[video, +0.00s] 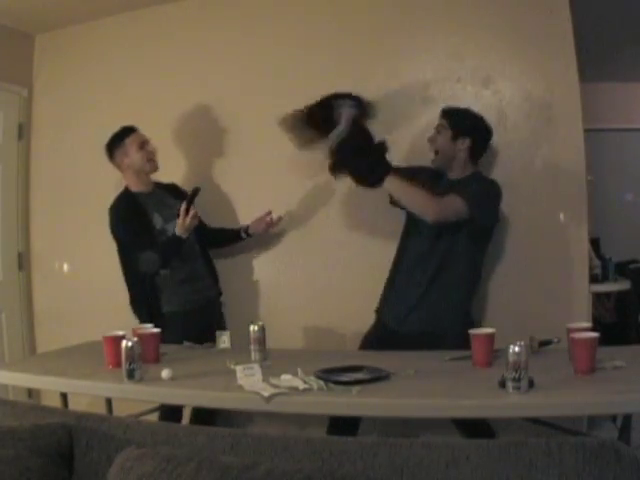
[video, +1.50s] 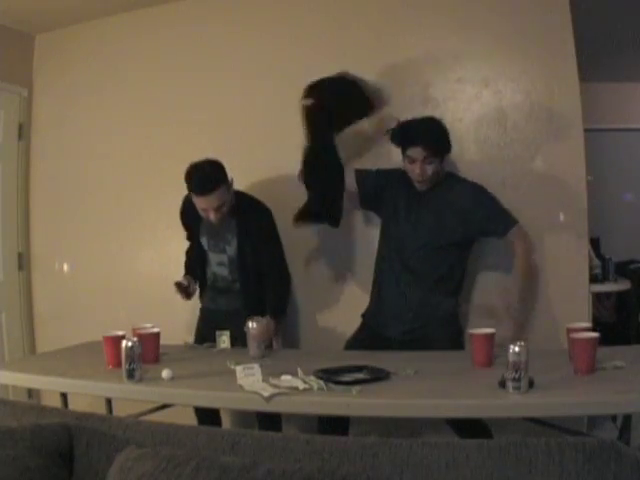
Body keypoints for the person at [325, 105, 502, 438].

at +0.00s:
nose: (431, 139)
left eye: (439, 133)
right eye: (434, 131)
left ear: (463, 145)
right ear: (458, 144)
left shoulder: (484, 191)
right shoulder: (427, 179)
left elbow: (434, 210)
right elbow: (374, 173)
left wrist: (379, 173)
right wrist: (350, 130)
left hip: (443, 327)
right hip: (394, 320)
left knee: (463, 411)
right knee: (347, 395)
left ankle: (504, 468)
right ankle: (331, 471)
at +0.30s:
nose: (420, 149)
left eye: (429, 142)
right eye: (422, 141)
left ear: (453, 150)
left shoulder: (468, 196)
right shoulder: (417, 184)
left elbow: (404, 217)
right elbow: (357, 168)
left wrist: (359, 177)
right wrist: (344, 121)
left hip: (428, 328)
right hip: (382, 320)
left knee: (451, 410)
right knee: (328, 388)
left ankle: (497, 468)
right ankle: (330, 472)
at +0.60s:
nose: (407, 156)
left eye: (414, 148)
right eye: (407, 148)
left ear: (441, 152)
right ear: (432, 153)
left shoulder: (463, 196)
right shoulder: (411, 181)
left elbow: (400, 224)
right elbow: (367, 160)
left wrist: (361, 180)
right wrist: (351, 113)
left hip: (429, 328)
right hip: (382, 320)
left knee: (452, 410)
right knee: (328, 386)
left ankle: (496, 467)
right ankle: (329, 472)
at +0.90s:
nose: (421, 183)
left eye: (429, 175)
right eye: (414, 174)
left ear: (445, 168)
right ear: (404, 167)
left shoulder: (461, 200)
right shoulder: (397, 185)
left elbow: (439, 264)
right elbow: (352, 176)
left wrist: (384, 222)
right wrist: (343, 125)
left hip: (431, 329)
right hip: (381, 321)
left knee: (455, 413)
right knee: (327, 389)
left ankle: (499, 469)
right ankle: (328, 472)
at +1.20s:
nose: (429, 181)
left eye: (437, 172)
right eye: (421, 172)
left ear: (446, 165)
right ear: (405, 164)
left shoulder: (464, 201)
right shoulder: (388, 184)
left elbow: (491, 257)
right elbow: (340, 186)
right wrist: (305, 146)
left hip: (437, 326)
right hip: (384, 321)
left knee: (458, 408)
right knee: (334, 385)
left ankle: (498, 468)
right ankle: (330, 469)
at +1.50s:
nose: (419, 170)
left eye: (428, 162)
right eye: (411, 161)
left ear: (444, 158)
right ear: (402, 157)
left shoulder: (468, 197)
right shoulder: (391, 186)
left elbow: (522, 243)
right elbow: (326, 179)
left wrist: (519, 314)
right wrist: (370, 133)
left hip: (436, 328)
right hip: (381, 322)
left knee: (458, 409)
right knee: (332, 391)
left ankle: (502, 474)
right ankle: (328, 476)